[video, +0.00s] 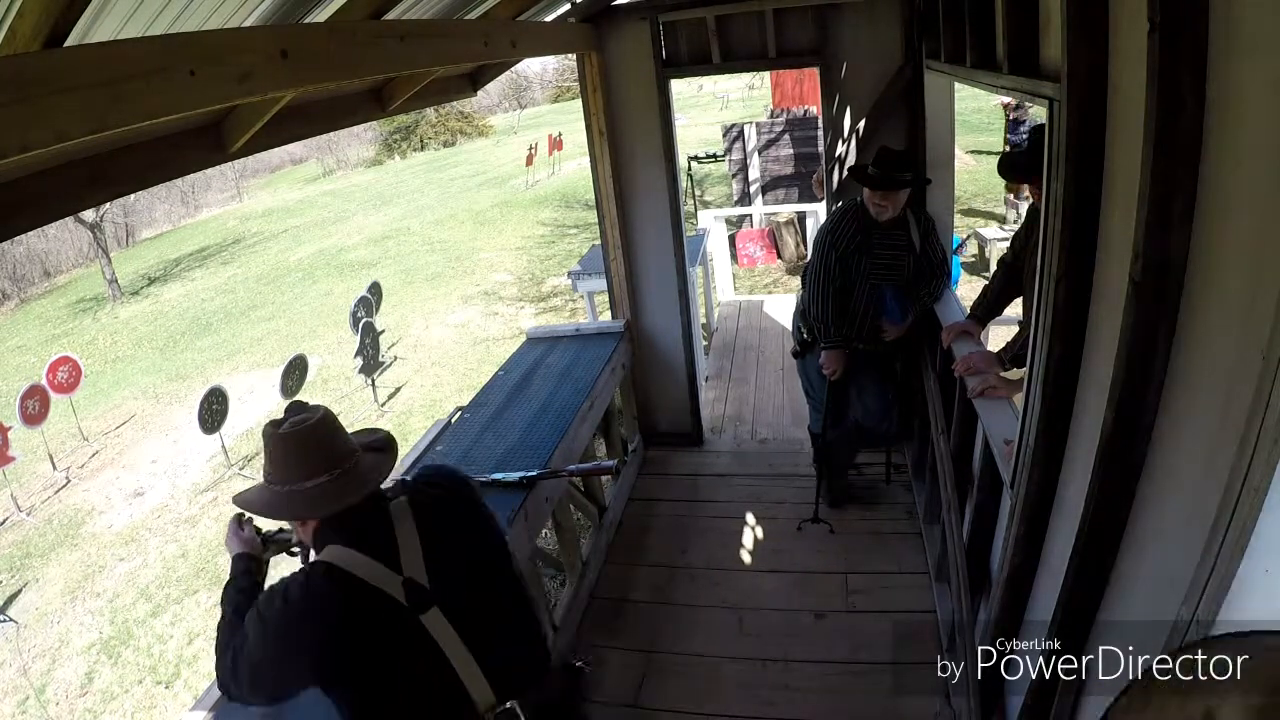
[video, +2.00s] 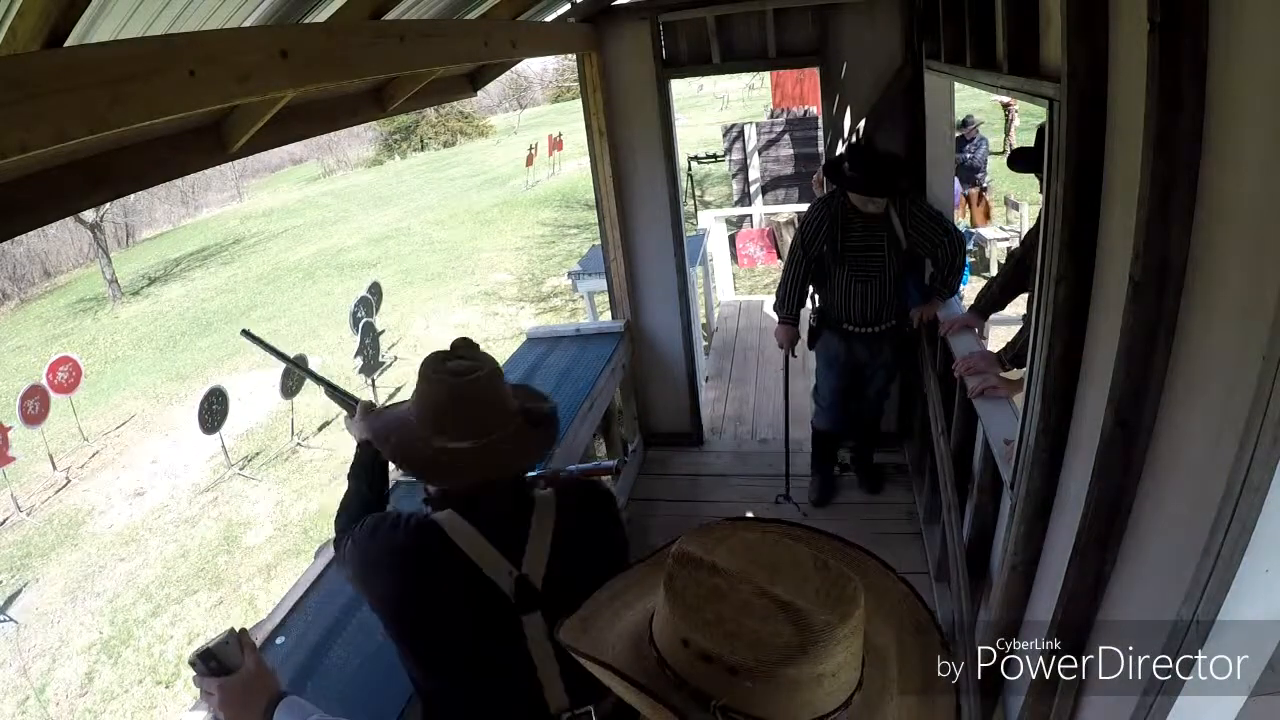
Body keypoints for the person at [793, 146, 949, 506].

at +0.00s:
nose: (880, 198)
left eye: (891, 190)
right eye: (873, 188)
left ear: (908, 192)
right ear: (863, 186)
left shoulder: (919, 225)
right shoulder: (842, 225)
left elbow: (937, 275)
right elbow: (820, 285)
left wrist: (907, 317)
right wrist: (830, 344)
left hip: (876, 337)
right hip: (825, 338)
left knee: (874, 410)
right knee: (830, 413)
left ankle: (843, 467)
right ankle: (832, 484)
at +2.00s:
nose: (872, 203)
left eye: (879, 196)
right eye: (864, 196)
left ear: (890, 189)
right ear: (849, 186)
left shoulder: (909, 212)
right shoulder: (826, 213)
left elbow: (951, 244)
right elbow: (798, 263)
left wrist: (937, 297)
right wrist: (787, 317)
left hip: (888, 333)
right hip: (836, 333)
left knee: (874, 404)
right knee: (829, 405)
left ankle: (865, 462)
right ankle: (823, 474)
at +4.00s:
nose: (838, 176)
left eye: (846, 168)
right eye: (834, 169)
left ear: (869, 167)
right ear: (832, 171)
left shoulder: (902, 205)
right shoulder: (822, 215)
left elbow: (946, 241)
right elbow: (799, 268)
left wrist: (937, 296)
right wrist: (790, 321)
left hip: (888, 331)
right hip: (836, 331)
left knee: (873, 404)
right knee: (830, 405)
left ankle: (864, 459)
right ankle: (822, 473)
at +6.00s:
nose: (836, 175)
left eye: (844, 167)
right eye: (834, 168)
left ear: (870, 167)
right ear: (833, 169)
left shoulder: (905, 204)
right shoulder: (825, 212)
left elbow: (948, 244)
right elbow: (802, 268)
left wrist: (935, 298)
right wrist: (792, 320)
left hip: (888, 333)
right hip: (835, 332)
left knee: (874, 409)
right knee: (829, 402)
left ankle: (865, 471)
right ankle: (821, 472)